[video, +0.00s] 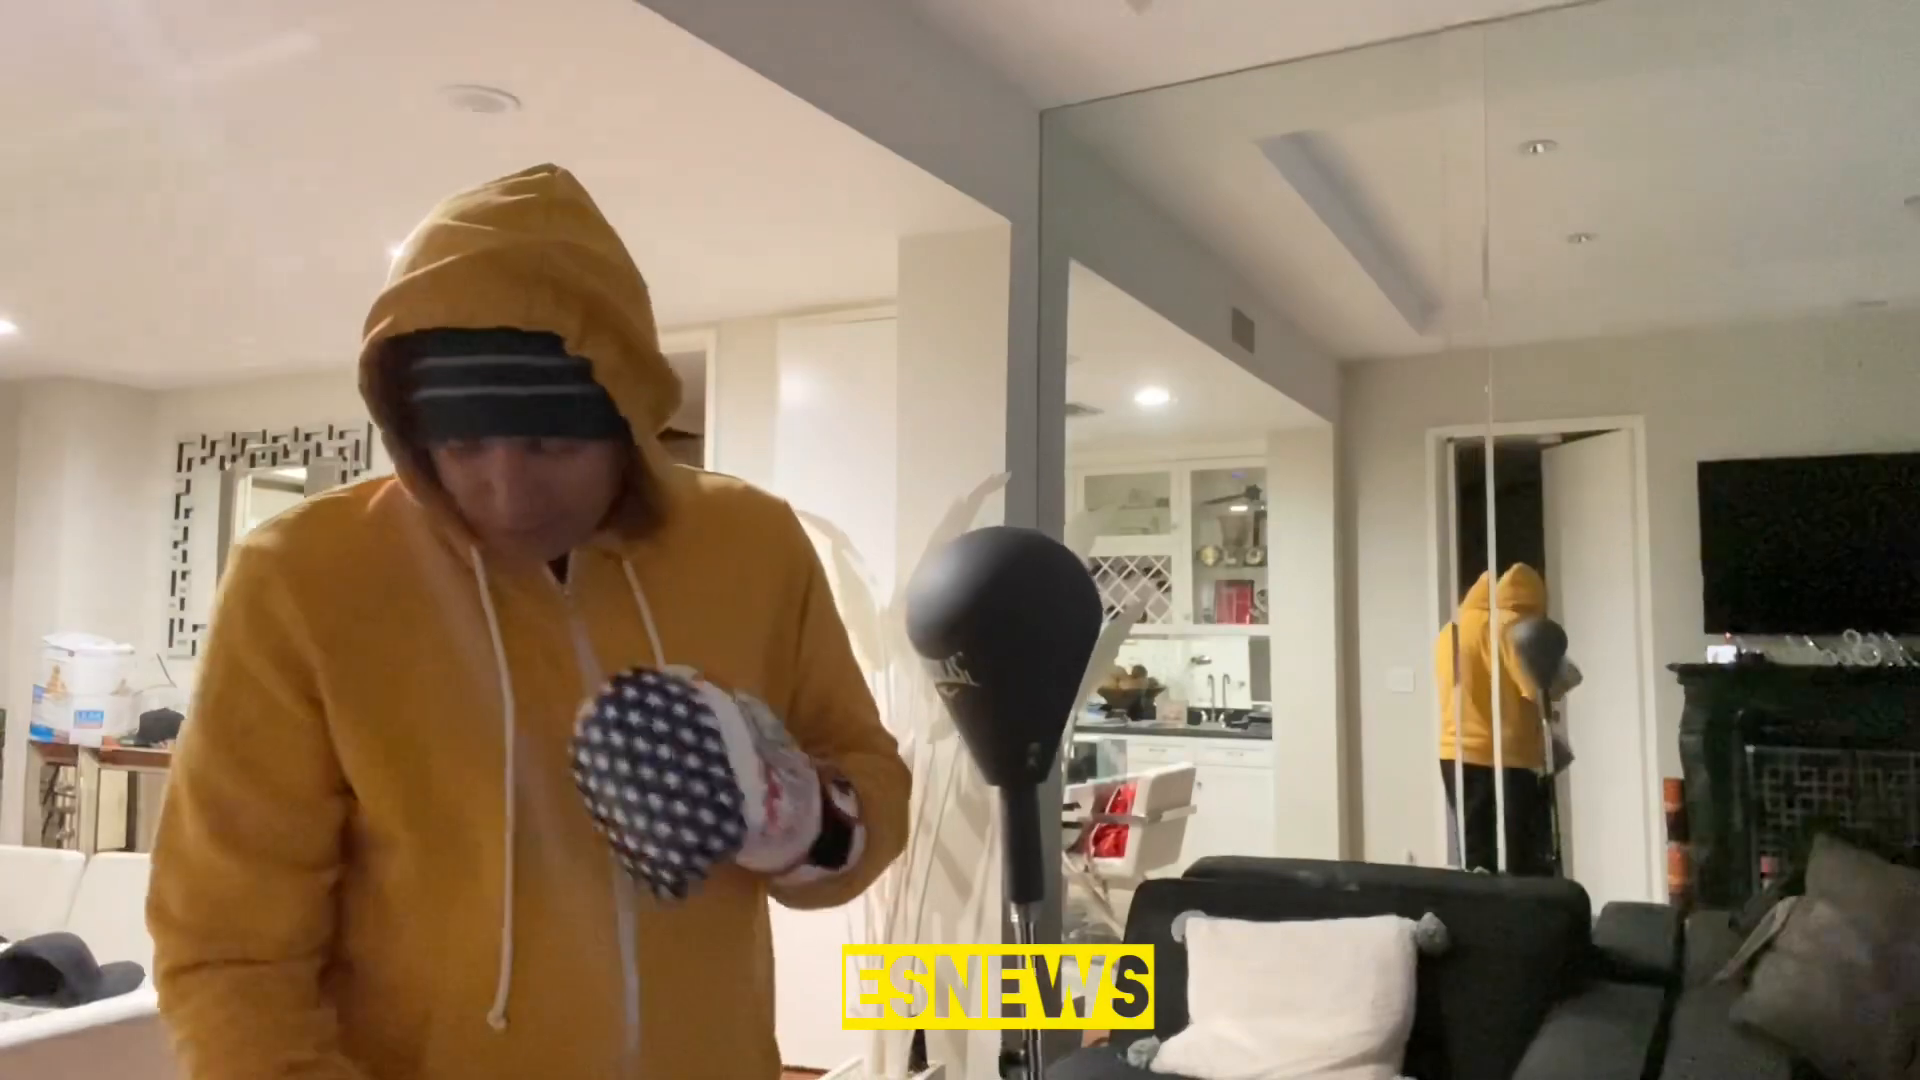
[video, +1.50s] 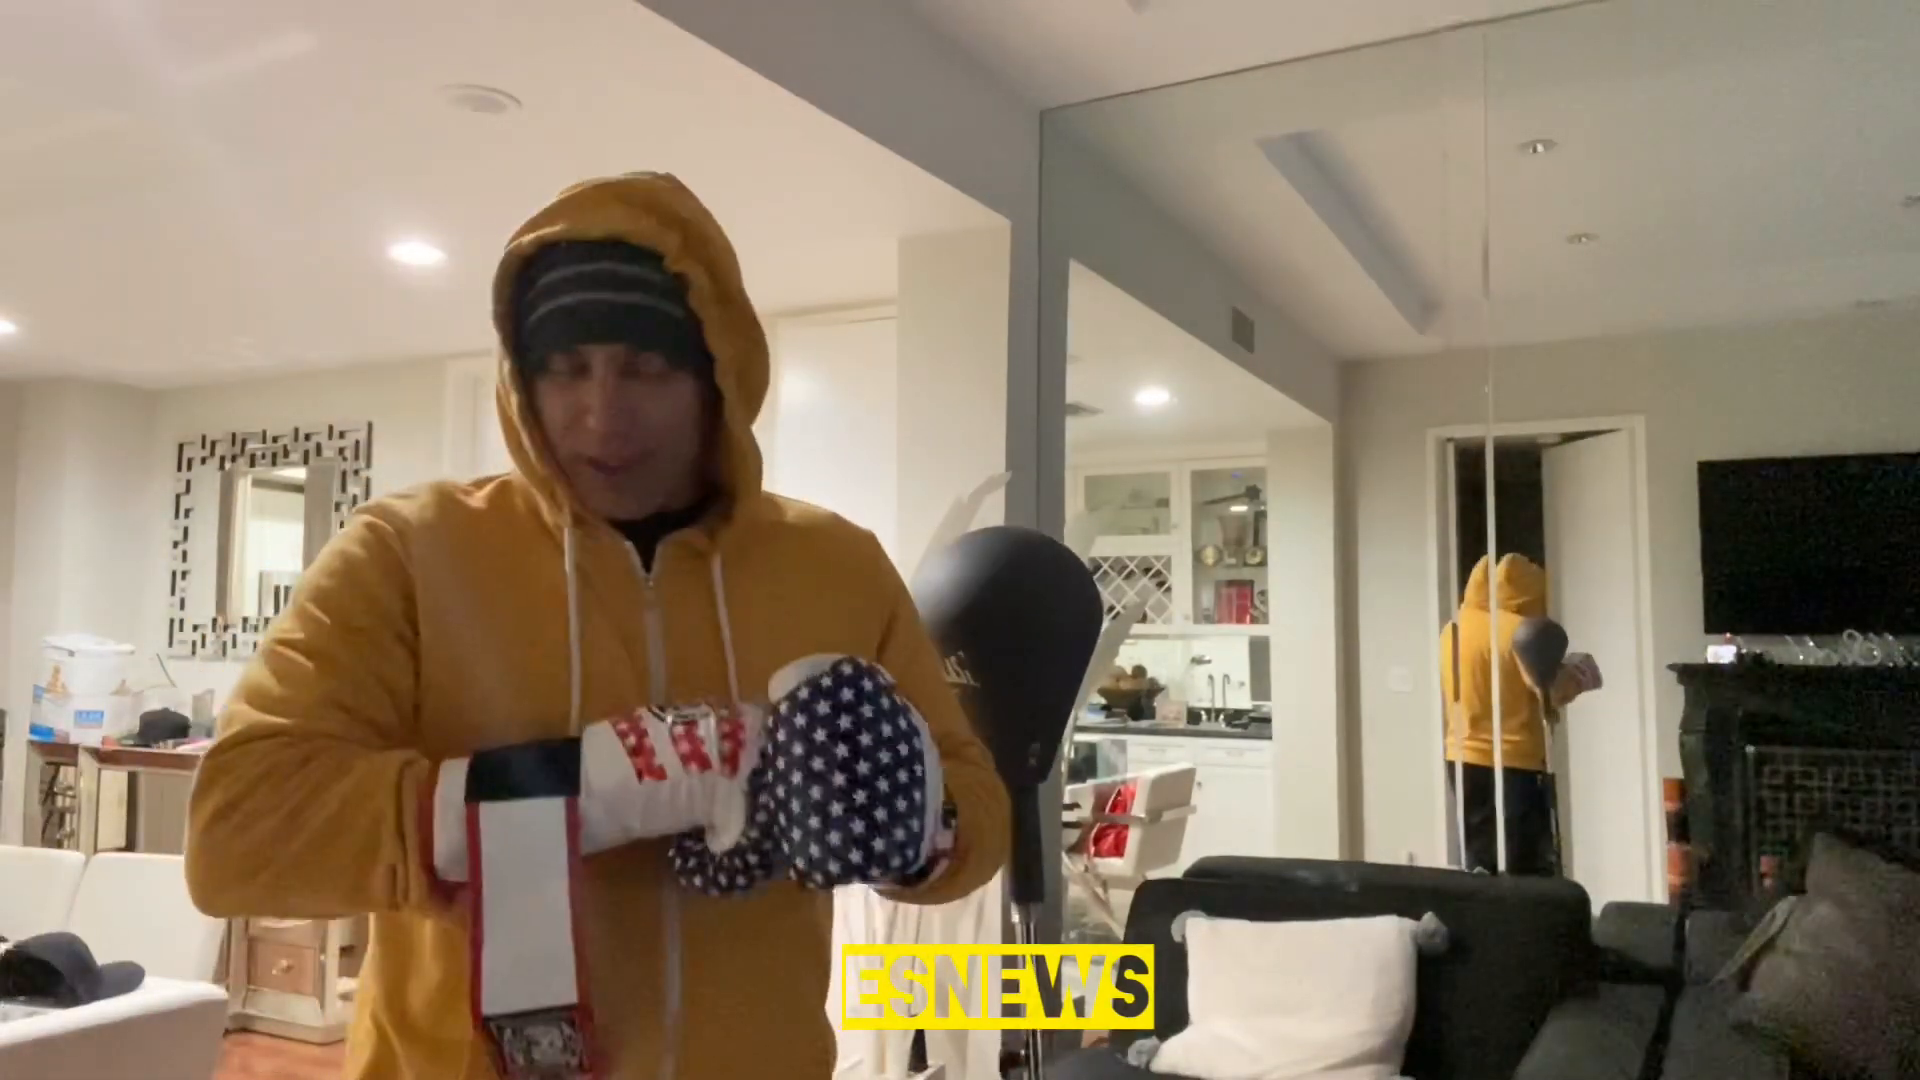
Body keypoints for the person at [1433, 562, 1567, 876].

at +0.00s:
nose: (1538, 616)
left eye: (1538, 610)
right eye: (1538, 608)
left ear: (1489, 589)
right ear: (1530, 599)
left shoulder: (1450, 631)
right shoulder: (1513, 627)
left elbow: (1451, 692)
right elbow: (1535, 687)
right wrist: (1564, 676)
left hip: (1459, 761)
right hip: (1510, 764)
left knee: (1476, 856)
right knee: (1526, 859)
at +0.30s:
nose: (1542, 615)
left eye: (1543, 609)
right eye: (1540, 608)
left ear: (1492, 589)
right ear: (1532, 600)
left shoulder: (1453, 631)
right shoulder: (1519, 629)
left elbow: (1458, 694)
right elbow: (1549, 691)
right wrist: (1580, 677)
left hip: (1462, 762)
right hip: (1514, 765)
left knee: (1475, 855)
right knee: (1524, 858)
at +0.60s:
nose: (1543, 611)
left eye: (1544, 604)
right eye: (1542, 603)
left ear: (1493, 590)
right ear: (1533, 598)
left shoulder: (1452, 632)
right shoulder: (1526, 632)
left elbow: (1449, 698)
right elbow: (1555, 700)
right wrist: (1569, 718)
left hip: (1464, 764)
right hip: (1516, 767)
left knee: (1477, 856)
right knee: (1526, 859)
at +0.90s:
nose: (1543, 609)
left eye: (1542, 602)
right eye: (1540, 601)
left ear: (1486, 589)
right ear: (1530, 595)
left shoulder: (1452, 633)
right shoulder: (1524, 631)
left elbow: (1453, 696)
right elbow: (1562, 688)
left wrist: (1535, 700)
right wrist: (1597, 694)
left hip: (1463, 764)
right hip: (1518, 765)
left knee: (1477, 858)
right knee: (1528, 860)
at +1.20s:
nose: (1543, 605)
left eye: (1543, 598)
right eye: (1540, 597)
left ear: (1484, 587)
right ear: (1531, 593)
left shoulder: (1453, 632)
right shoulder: (1526, 631)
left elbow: (1451, 693)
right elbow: (1557, 692)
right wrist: (1581, 672)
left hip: (1466, 761)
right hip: (1520, 764)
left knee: (1477, 853)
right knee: (1529, 857)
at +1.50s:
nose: (1542, 600)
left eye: (1541, 593)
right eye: (1539, 591)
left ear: (1481, 585)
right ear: (1527, 591)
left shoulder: (1453, 631)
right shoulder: (1523, 631)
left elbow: (1453, 692)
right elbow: (1552, 693)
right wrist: (1577, 677)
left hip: (1465, 762)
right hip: (1518, 765)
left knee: (1477, 851)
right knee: (1527, 854)